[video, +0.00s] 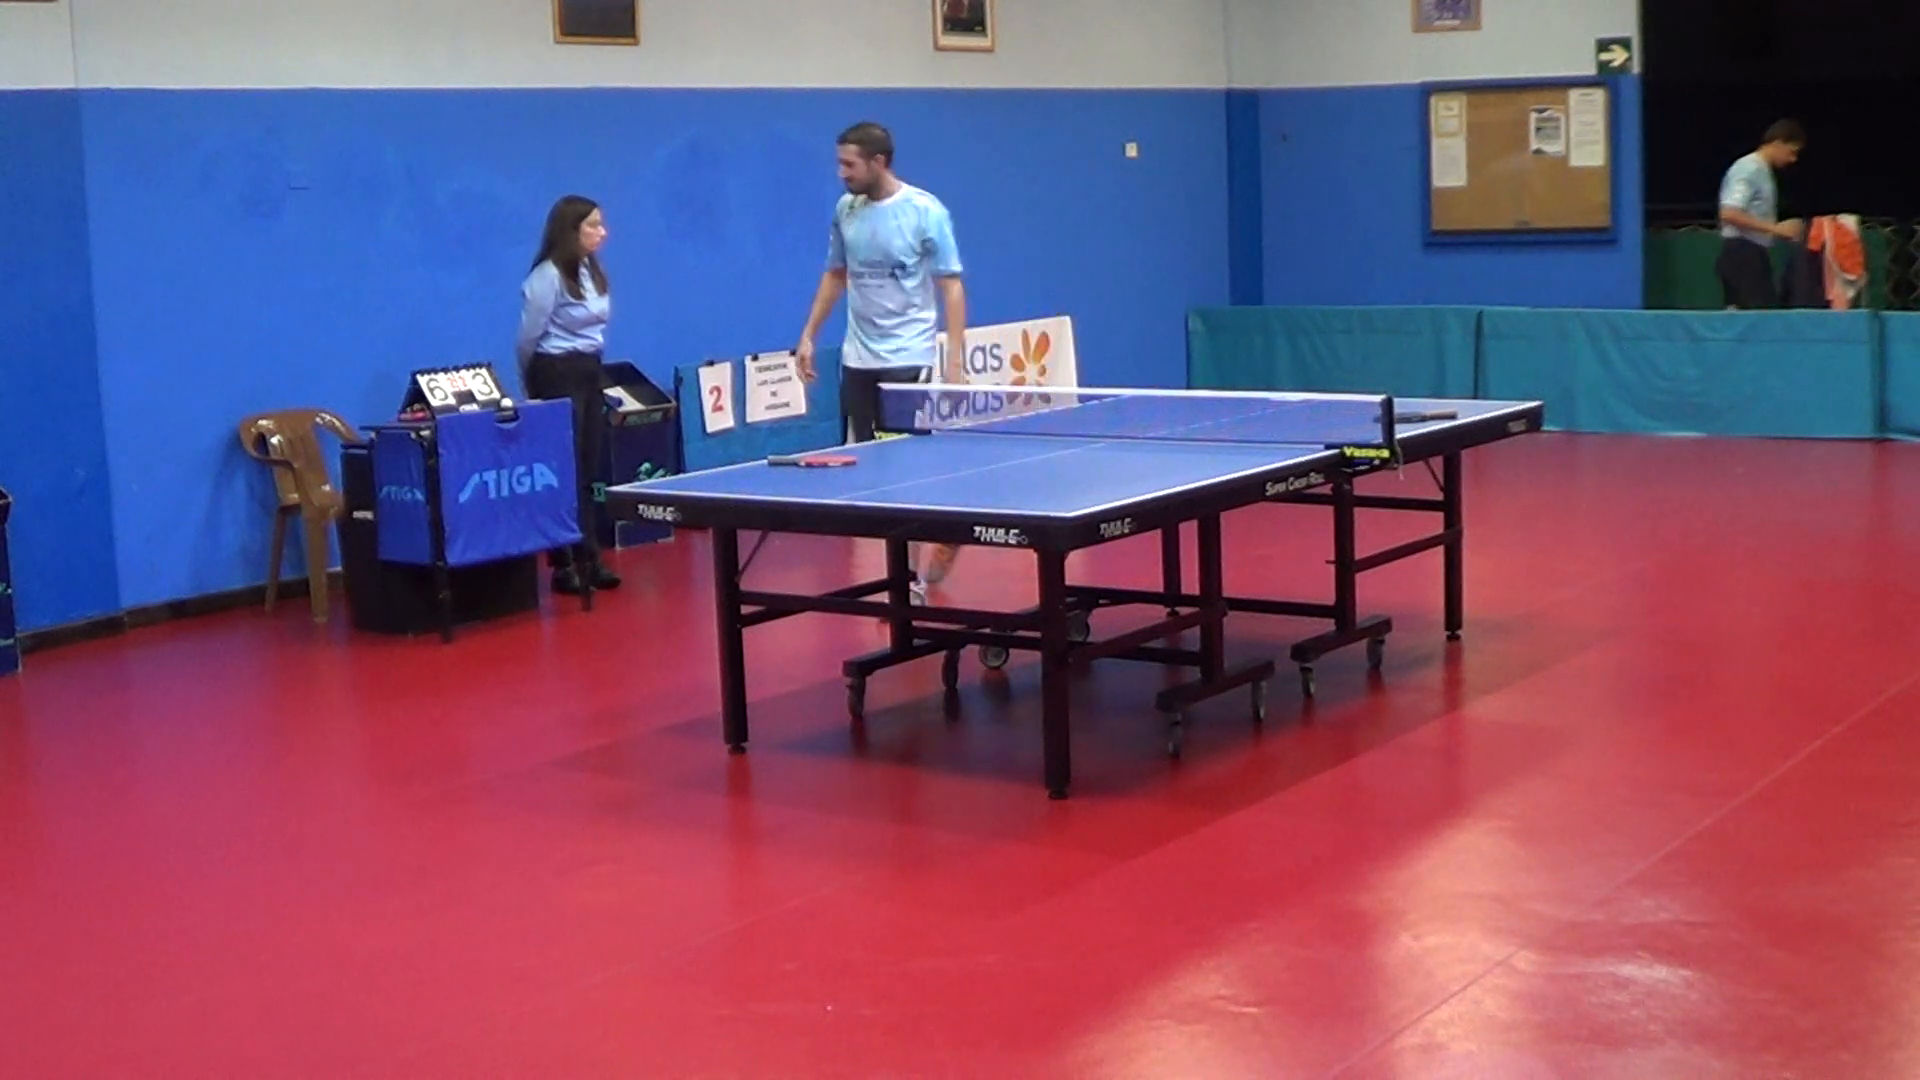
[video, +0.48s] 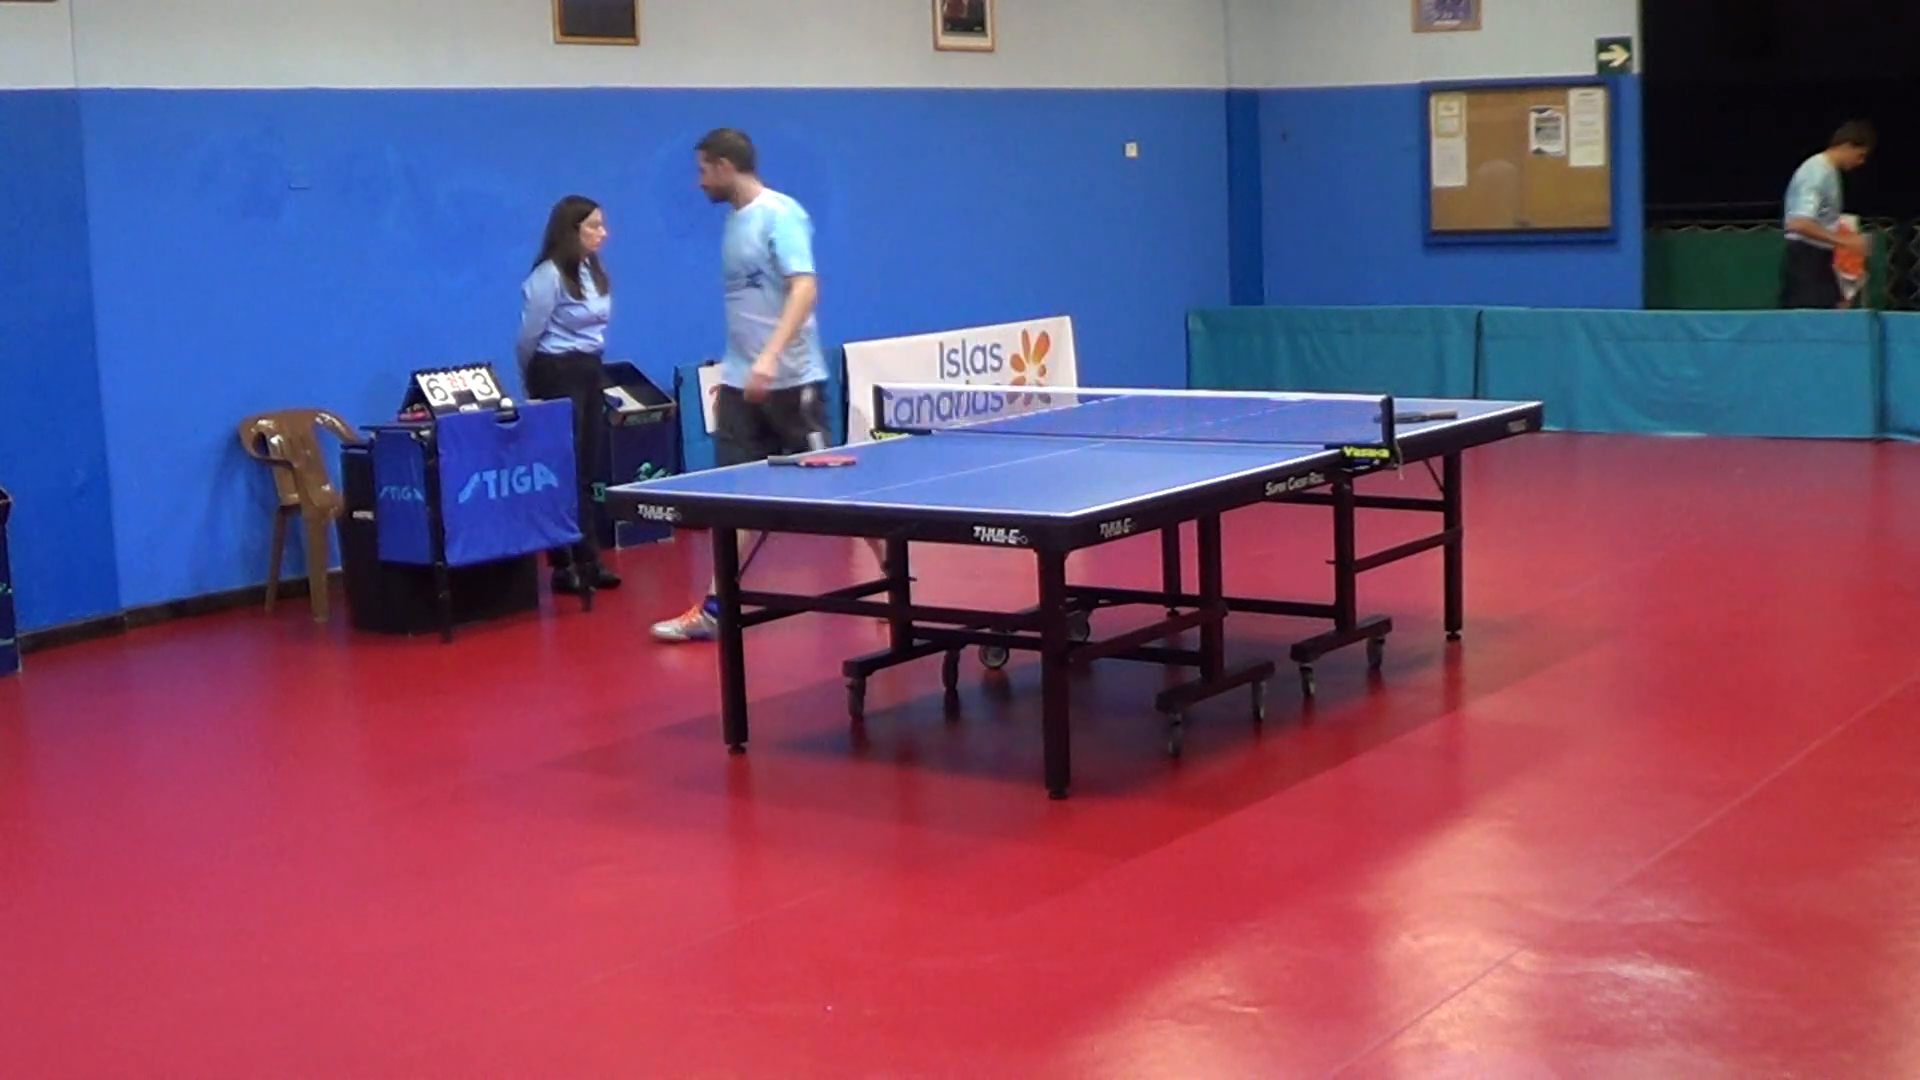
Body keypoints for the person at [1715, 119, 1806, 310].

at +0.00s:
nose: (1793, 159)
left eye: (1795, 154)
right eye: (1792, 152)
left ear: (1778, 144)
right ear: (1777, 142)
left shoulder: (1763, 171)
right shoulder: (1747, 168)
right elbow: (1729, 213)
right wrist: (1776, 229)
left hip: (1756, 251)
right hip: (1741, 251)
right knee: (1760, 317)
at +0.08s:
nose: (1803, 161)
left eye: (1805, 155)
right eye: (1802, 154)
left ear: (1789, 145)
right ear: (1787, 144)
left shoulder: (1772, 172)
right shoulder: (1758, 170)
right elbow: (1740, 215)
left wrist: (1796, 231)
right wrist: (1788, 232)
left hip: (1767, 253)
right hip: (1751, 252)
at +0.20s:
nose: (1821, 161)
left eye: (1823, 156)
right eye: (1820, 154)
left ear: (1808, 146)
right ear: (1807, 145)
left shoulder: (1791, 172)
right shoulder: (1777, 170)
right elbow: (1759, 219)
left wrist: (1812, 234)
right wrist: (1804, 238)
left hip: (1788, 253)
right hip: (1769, 253)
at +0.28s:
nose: (1833, 162)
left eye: (1836, 156)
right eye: (1833, 155)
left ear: (1820, 146)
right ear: (1819, 145)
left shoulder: (1803, 172)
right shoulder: (1790, 171)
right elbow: (1771, 220)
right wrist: (1813, 238)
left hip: (1800, 252)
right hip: (1782, 252)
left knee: (1812, 316)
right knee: (1791, 318)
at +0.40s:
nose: (1849, 164)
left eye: (1852, 159)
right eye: (1849, 157)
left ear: (1837, 147)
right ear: (1837, 146)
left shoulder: (1818, 172)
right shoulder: (1806, 171)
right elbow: (1787, 222)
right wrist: (1833, 240)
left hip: (1812, 253)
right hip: (1796, 252)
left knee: (1816, 318)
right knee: (1804, 320)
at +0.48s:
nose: (1860, 162)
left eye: (1863, 157)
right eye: (1860, 155)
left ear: (1848, 146)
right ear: (1848, 145)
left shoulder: (1829, 171)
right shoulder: (1816, 170)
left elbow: (1823, 221)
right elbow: (1798, 222)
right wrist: (1844, 241)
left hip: (1820, 252)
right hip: (1805, 252)